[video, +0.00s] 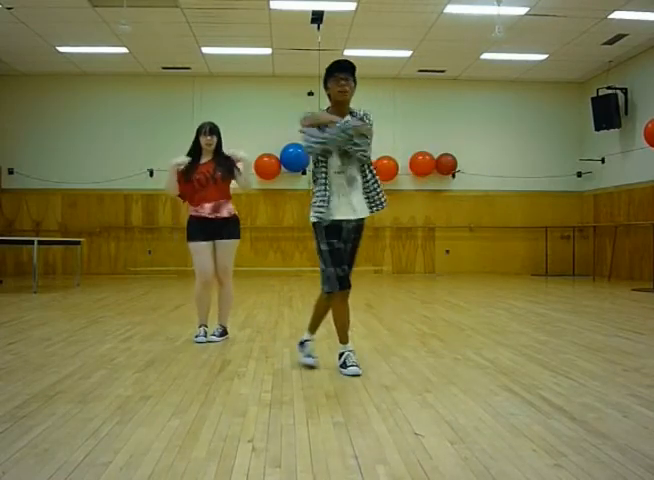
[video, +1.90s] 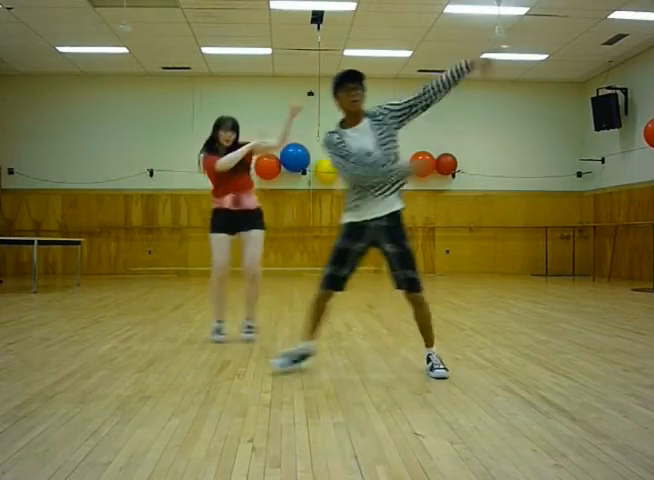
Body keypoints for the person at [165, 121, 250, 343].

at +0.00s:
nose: (208, 138)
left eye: (212, 134)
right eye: (204, 135)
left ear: (218, 138)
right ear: (198, 138)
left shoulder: (226, 162)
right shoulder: (189, 165)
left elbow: (246, 185)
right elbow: (173, 191)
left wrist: (244, 166)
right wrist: (173, 169)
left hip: (225, 222)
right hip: (198, 222)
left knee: (224, 276)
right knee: (204, 276)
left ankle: (222, 326)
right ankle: (202, 326)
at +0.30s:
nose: (209, 142)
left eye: (213, 139)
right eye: (205, 139)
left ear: (219, 142)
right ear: (200, 142)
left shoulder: (229, 169)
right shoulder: (187, 167)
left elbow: (232, 203)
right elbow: (180, 200)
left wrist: (242, 192)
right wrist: (190, 186)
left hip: (222, 222)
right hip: (195, 224)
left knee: (220, 276)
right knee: (199, 276)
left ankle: (222, 326)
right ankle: (197, 325)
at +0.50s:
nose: (202, 145)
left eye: (206, 141)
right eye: (198, 141)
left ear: (214, 143)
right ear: (193, 144)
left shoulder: (223, 171)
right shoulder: (182, 169)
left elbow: (235, 202)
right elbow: (166, 198)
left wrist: (222, 219)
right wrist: (176, 217)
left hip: (213, 224)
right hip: (186, 225)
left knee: (215, 277)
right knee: (188, 279)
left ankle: (221, 326)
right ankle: (169, 326)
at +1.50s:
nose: (201, 149)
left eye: (205, 145)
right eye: (197, 146)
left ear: (211, 148)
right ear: (191, 150)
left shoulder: (224, 175)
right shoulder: (187, 178)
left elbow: (232, 208)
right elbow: (167, 204)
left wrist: (218, 233)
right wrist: (160, 224)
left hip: (209, 233)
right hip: (181, 229)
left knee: (214, 286)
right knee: (178, 279)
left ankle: (229, 327)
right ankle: (166, 328)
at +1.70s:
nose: (210, 151)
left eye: (214, 147)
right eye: (206, 148)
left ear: (220, 151)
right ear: (200, 153)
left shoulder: (235, 175)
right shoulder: (197, 182)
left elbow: (252, 201)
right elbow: (185, 217)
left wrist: (260, 182)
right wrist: (203, 203)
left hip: (226, 234)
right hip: (197, 231)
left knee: (224, 286)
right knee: (186, 281)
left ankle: (231, 326)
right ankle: (167, 328)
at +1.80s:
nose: (218, 141)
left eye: (222, 137)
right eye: (214, 137)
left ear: (228, 140)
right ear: (207, 140)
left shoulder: (241, 159)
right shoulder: (205, 165)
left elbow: (270, 173)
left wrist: (276, 149)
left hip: (239, 221)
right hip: (211, 220)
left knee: (236, 278)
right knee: (198, 275)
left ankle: (234, 326)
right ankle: (185, 325)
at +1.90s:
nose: (228, 135)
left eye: (232, 132)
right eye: (224, 131)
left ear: (237, 134)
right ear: (216, 132)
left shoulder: (244, 150)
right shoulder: (209, 156)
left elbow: (278, 147)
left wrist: (290, 119)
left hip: (250, 212)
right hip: (223, 213)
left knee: (252, 269)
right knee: (220, 270)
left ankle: (250, 321)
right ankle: (218, 322)